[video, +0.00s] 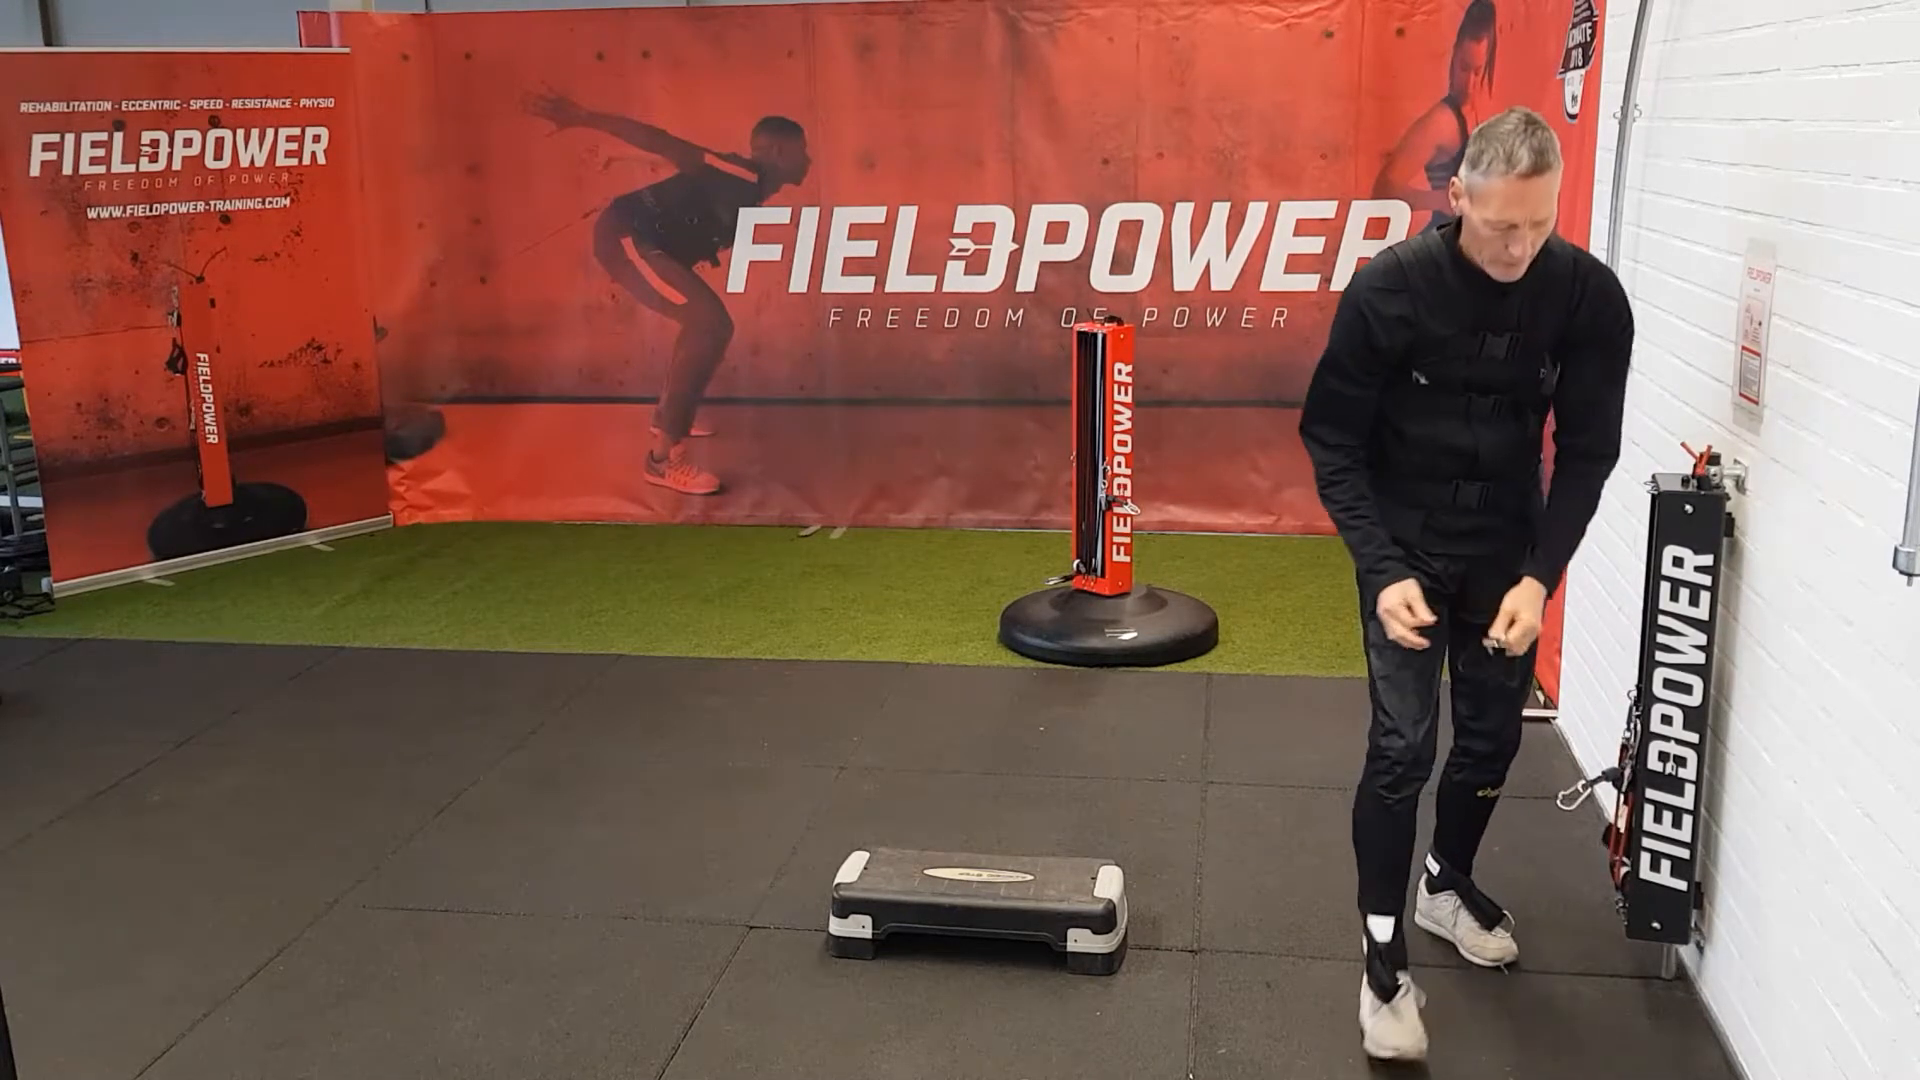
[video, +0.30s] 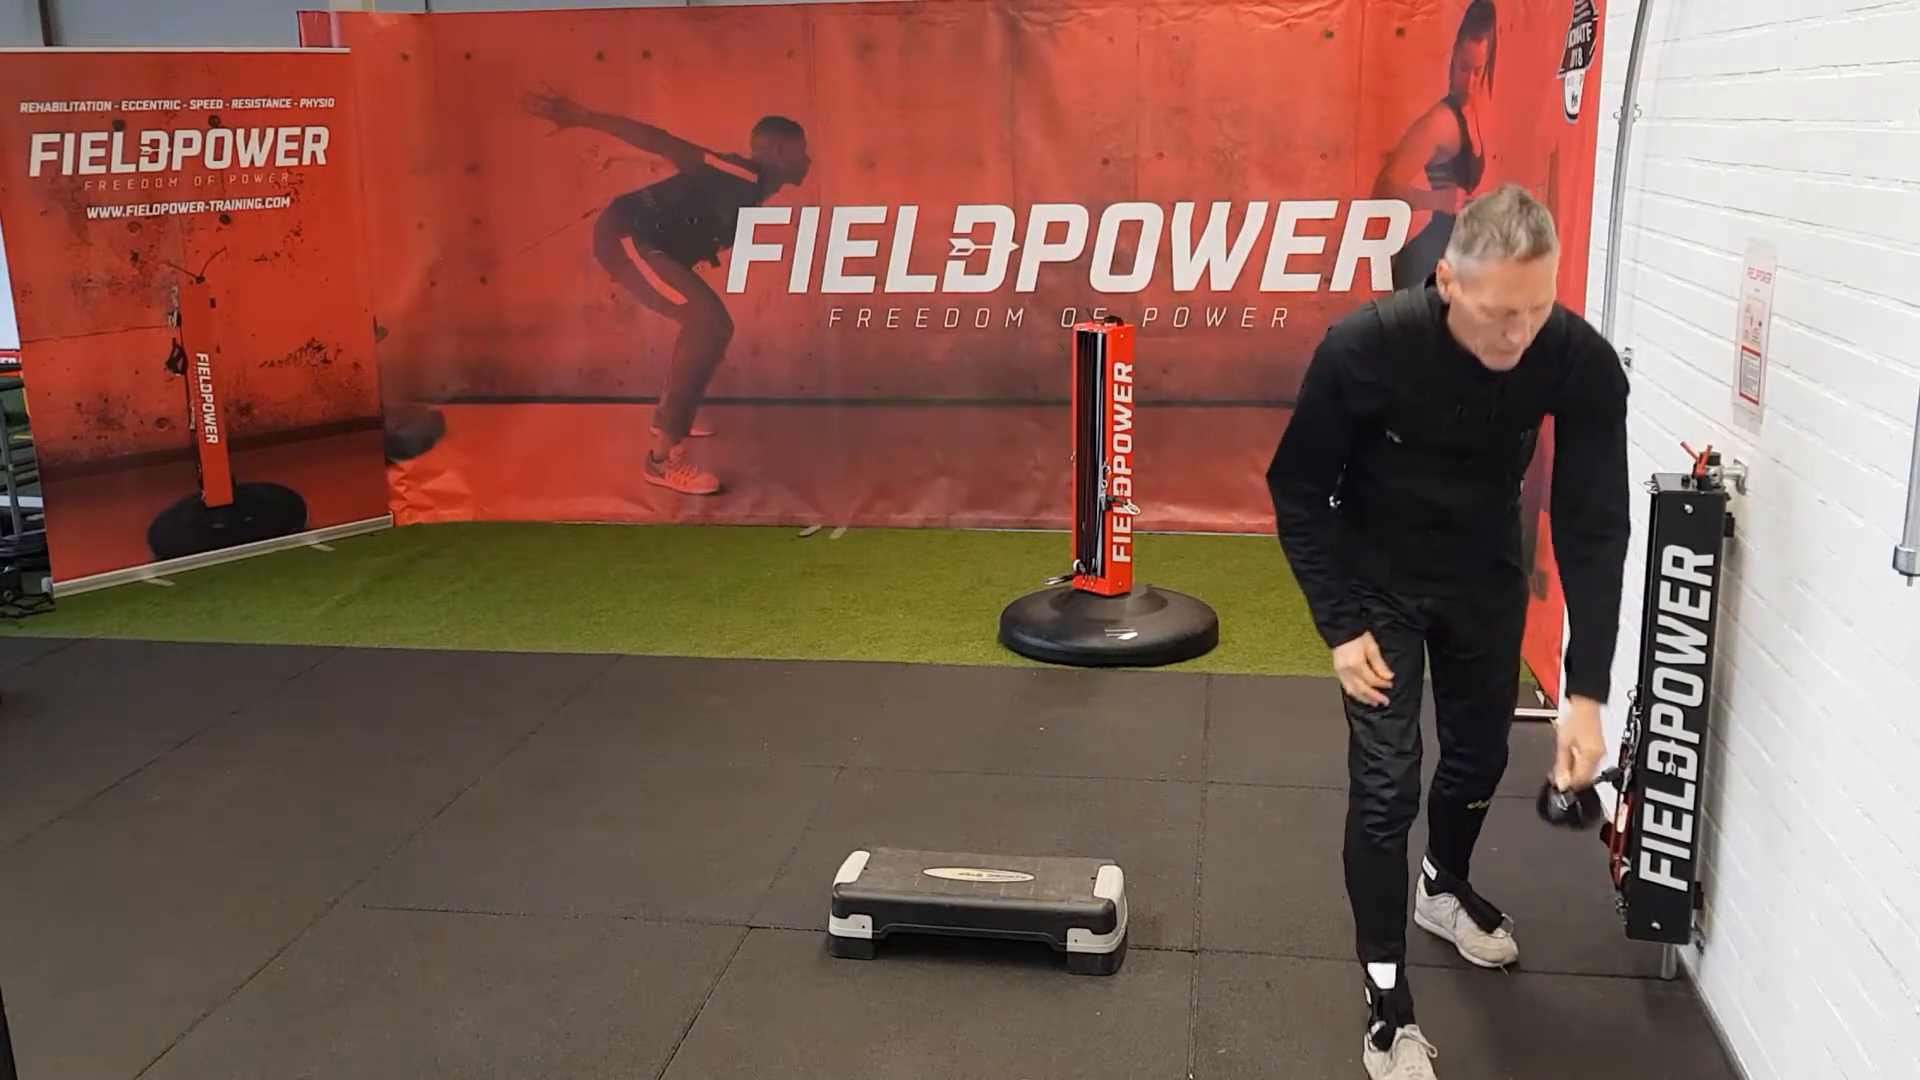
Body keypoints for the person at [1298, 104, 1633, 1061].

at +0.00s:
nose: (1518, 248)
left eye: (1536, 226)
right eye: (1498, 226)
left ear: (1559, 204)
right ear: (1457, 198)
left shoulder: (1590, 299)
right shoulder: (1388, 293)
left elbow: (1589, 451)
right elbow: (1332, 437)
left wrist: (1541, 575)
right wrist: (1382, 570)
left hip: (1509, 558)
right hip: (1401, 553)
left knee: (1488, 741)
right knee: (1403, 750)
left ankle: (1446, 882)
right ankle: (1383, 969)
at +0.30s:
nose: (1521, 334)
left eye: (1537, 311)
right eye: (1502, 314)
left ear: (1555, 283)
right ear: (1449, 282)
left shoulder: (1577, 361)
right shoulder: (1364, 350)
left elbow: (1593, 531)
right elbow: (1296, 490)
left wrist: (1586, 692)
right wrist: (1341, 626)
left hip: (1486, 585)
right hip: (1375, 583)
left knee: (1474, 762)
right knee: (1387, 793)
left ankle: (1444, 887)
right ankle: (1388, 1007)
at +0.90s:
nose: (1564, 413)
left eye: (1579, 391)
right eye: (1547, 392)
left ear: (1592, 362)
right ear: (1483, 352)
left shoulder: (1591, 421)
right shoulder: (1368, 390)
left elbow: (1622, 586)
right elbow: (1288, 528)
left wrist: (1641, 767)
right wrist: (1330, 668)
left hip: (1452, 607)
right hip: (1352, 606)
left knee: (1432, 761)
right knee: (1372, 812)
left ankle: (1411, 881)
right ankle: (1385, 999)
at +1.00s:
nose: (1585, 397)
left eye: (1596, 378)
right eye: (1571, 380)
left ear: (1603, 350)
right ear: (1506, 342)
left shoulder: (1590, 402)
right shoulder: (1373, 382)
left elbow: (1602, 562)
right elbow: (1299, 538)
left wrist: (1605, 734)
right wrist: (1338, 673)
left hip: (1453, 586)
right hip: (1354, 587)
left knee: (1433, 749)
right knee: (1374, 803)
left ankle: (1407, 869)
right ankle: (1385, 993)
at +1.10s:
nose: (1607, 384)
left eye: (1615, 370)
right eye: (1599, 368)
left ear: (1556, 335)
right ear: (1537, 337)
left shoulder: (1586, 386)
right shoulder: (1386, 374)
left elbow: (1575, 536)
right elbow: (1313, 536)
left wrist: (1564, 691)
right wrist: (1357, 678)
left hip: (1453, 573)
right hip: (1356, 575)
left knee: (1443, 739)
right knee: (1376, 801)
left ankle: (1406, 859)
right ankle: (1386, 1001)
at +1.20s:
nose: (1614, 383)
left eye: (1622, 370)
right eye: (1612, 368)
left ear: (1568, 334)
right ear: (1558, 339)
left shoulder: (1583, 378)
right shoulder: (1400, 376)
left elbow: (1551, 515)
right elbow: (1342, 541)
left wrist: (1536, 653)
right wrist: (1386, 685)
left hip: (1444, 556)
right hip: (1353, 563)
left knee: (1454, 734)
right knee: (1380, 791)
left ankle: (1406, 863)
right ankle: (1387, 992)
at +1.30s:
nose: (1620, 389)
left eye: (1628, 377)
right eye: (1619, 374)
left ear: (1575, 339)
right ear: (1566, 343)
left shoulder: (1576, 381)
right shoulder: (1414, 383)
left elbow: (1537, 504)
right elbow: (1366, 550)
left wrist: (1525, 637)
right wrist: (1420, 688)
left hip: (1439, 546)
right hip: (1351, 554)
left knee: (1462, 730)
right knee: (1380, 785)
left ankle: (1404, 863)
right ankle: (1385, 998)